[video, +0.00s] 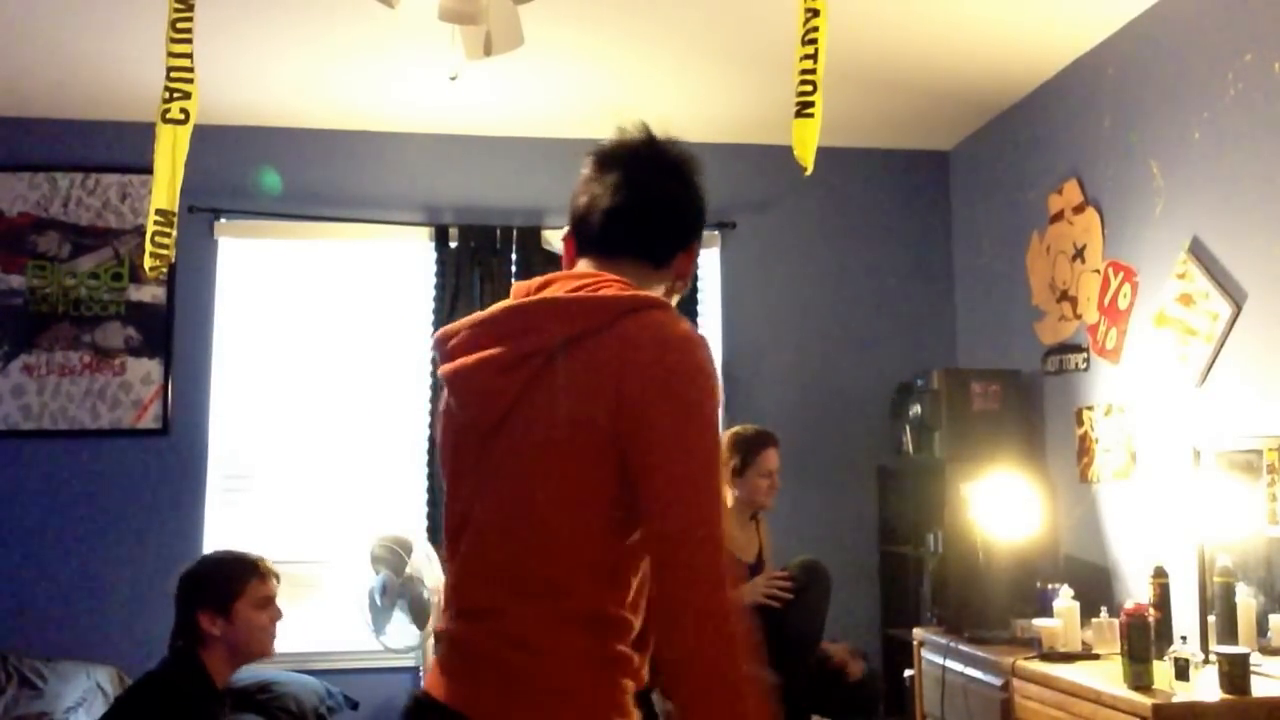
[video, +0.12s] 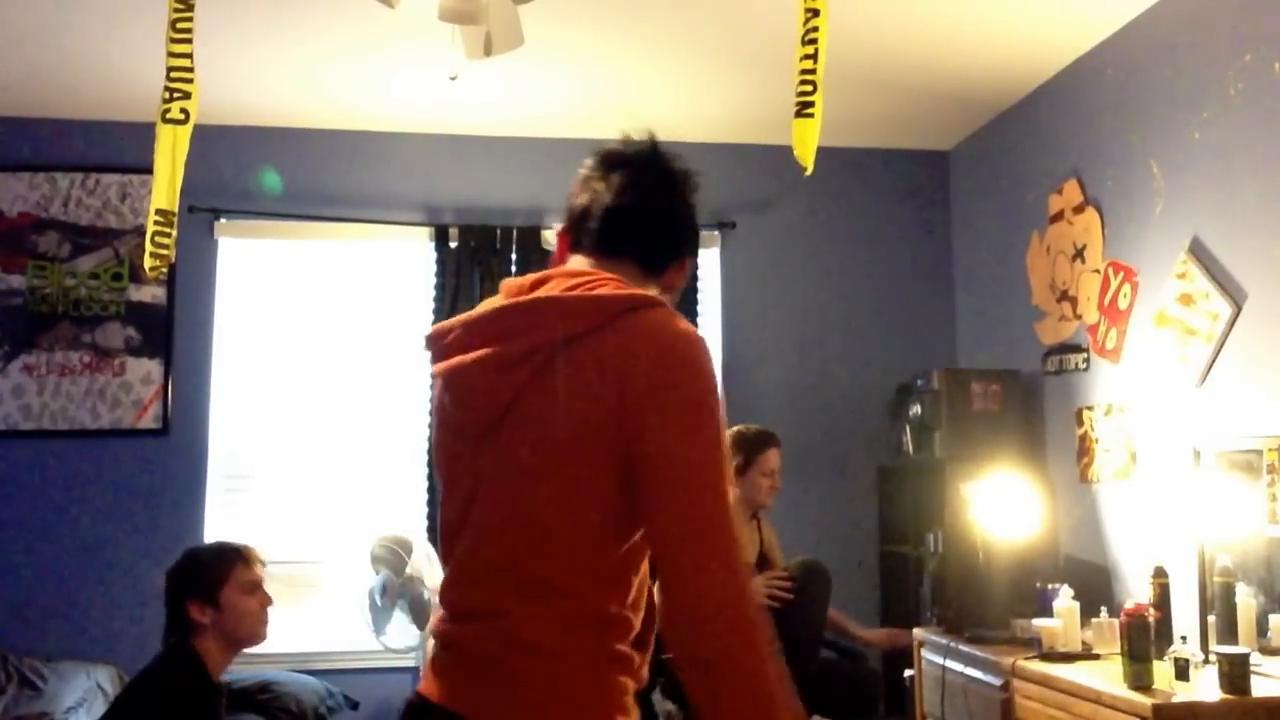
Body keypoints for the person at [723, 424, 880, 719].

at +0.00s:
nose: (775, 485)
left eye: (776, 475)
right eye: (765, 476)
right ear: (734, 476)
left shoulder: (757, 525)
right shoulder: (713, 529)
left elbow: (768, 610)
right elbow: (697, 607)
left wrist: (822, 649)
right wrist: (742, 595)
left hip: (755, 647)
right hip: (721, 652)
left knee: (861, 687)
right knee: (810, 574)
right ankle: (794, 706)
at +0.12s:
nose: (776, 485)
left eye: (777, 475)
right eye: (767, 475)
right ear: (735, 475)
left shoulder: (761, 527)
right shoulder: (713, 527)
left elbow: (793, 598)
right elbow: (699, 596)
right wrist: (743, 593)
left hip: (765, 634)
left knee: (862, 675)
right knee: (810, 574)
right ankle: (791, 697)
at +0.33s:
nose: (778, 485)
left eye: (779, 476)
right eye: (769, 476)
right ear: (732, 475)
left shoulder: (765, 531)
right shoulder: (699, 528)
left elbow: (819, 591)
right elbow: (663, 612)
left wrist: (891, 632)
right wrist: (738, 597)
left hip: (749, 645)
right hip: (700, 653)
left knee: (860, 677)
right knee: (812, 574)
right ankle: (796, 702)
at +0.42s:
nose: (778, 487)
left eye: (780, 478)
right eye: (770, 477)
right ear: (733, 474)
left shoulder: (767, 532)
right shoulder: (703, 526)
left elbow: (821, 592)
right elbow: (683, 610)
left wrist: (893, 634)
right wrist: (740, 596)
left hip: (762, 645)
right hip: (721, 654)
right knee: (813, 574)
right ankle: (795, 706)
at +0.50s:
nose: (778, 490)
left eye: (781, 480)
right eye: (770, 479)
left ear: (780, 480)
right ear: (739, 476)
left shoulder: (768, 535)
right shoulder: (703, 533)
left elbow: (825, 594)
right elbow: (661, 612)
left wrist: (895, 636)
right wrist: (748, 591)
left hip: (761, 643)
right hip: (718, 654)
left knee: (814, 575)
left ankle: (790, 685)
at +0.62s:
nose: (779, 491)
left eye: (783, 481)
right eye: (769, 480)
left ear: (785, 480)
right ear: (737, 475)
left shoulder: (773, 537)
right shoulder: (705, 530)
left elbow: (825, 597)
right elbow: (668, 613)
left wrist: (896, 638)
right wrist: (753, 583)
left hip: (761, 644)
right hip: (710, 649)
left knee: (815, 575)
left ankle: (797, 680)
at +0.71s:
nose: (777, 491)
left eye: (781, 482)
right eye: (768, 481)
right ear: (736, 474)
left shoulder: (769, 531)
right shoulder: (705, 522)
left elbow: (822, 593)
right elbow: (702, 609)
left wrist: (895, 638)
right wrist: (753, 581)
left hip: (766, 640)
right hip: (726, 650)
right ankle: (788, 708)